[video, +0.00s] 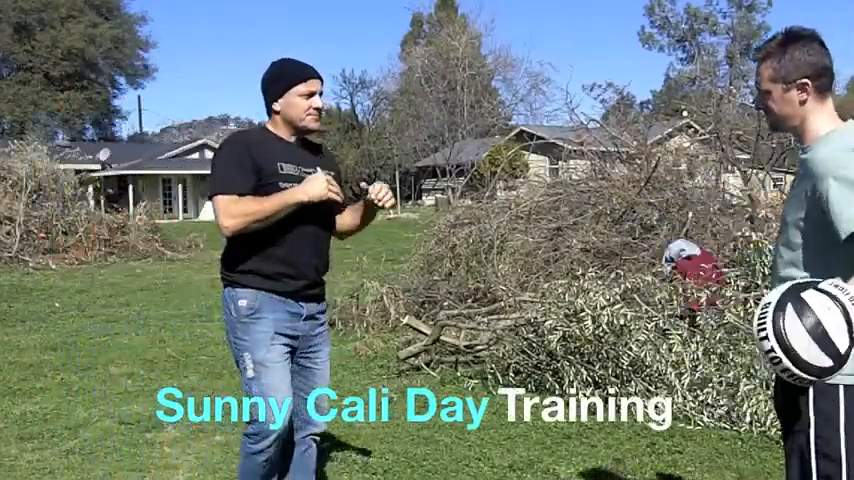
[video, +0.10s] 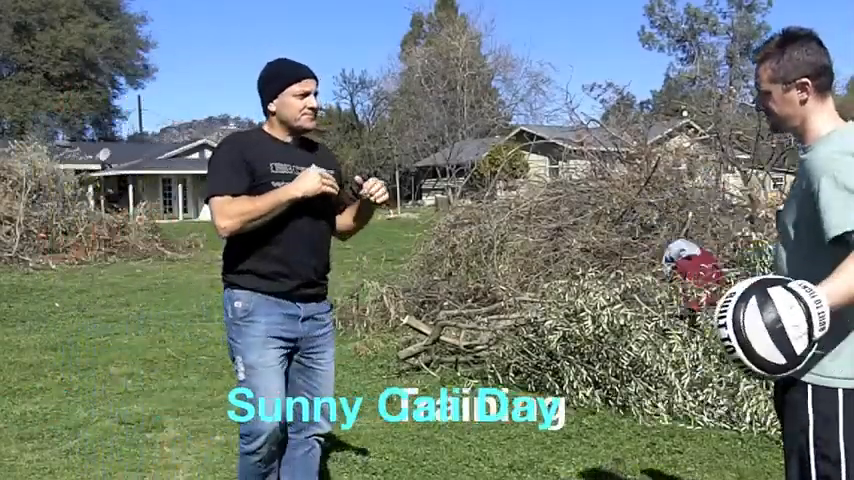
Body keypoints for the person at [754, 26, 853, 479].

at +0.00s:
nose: (758, 104)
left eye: (764, 92)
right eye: (759, 93)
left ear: (801, 90)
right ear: (803, 91)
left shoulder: (831, 163)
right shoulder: (821, 156)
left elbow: (851, 261)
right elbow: (827, 262)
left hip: (828, 378)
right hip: (815, 372)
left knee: (825, 472)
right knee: (815, 470)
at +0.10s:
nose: (758, 105)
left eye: (764, 92)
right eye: (759, 93)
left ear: (802, 90)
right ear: (804, 90)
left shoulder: (829, 160)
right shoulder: (825, 154)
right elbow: (826, 260)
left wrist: (793, 311)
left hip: (827, 377)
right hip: (819, 372)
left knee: (823, 472)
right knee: (817, 470)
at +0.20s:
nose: (760, 106)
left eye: (765, 93)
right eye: (760, 94)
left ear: (803, 90)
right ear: (805, 90)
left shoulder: (828, 160)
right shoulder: (833, 149)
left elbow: (853, 256)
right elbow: (830, 250)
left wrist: (778, 308)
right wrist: (786, 230)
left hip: (825, 376)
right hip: (822, 372)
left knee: (822, 472)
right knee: (819, 469)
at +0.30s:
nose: (763, 108)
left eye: (768, 95)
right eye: (763, 96)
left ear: (806, 90)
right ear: (808, 90)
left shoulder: (829, 159)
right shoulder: (835, 149)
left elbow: (836, 270)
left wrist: (740, 306)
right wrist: (778, 244)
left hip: (824, 376)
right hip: (825, 373)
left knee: (821, 471)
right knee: (818, 469)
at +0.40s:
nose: (765, 106)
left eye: (771, 94)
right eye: (764, 95)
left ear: (808, 91)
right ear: (811, 91)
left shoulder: (828, 161)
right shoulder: (834, 152)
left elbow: (820, 274)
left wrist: (720, 303)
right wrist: (773, 243)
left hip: (826, 376)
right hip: (829, 372)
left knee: (820, 471)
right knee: (818, 468)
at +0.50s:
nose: (767, 106)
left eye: (772, 93)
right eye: (767, 94)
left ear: (809, 88)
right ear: (813, 89)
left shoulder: (823, 160)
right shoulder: (843, 148)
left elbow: (799, 278)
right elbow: (827, 257)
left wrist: (696, 294)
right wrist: (753, 251)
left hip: (825, 377)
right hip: (839, 372)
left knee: (819, 470)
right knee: (826, 468)